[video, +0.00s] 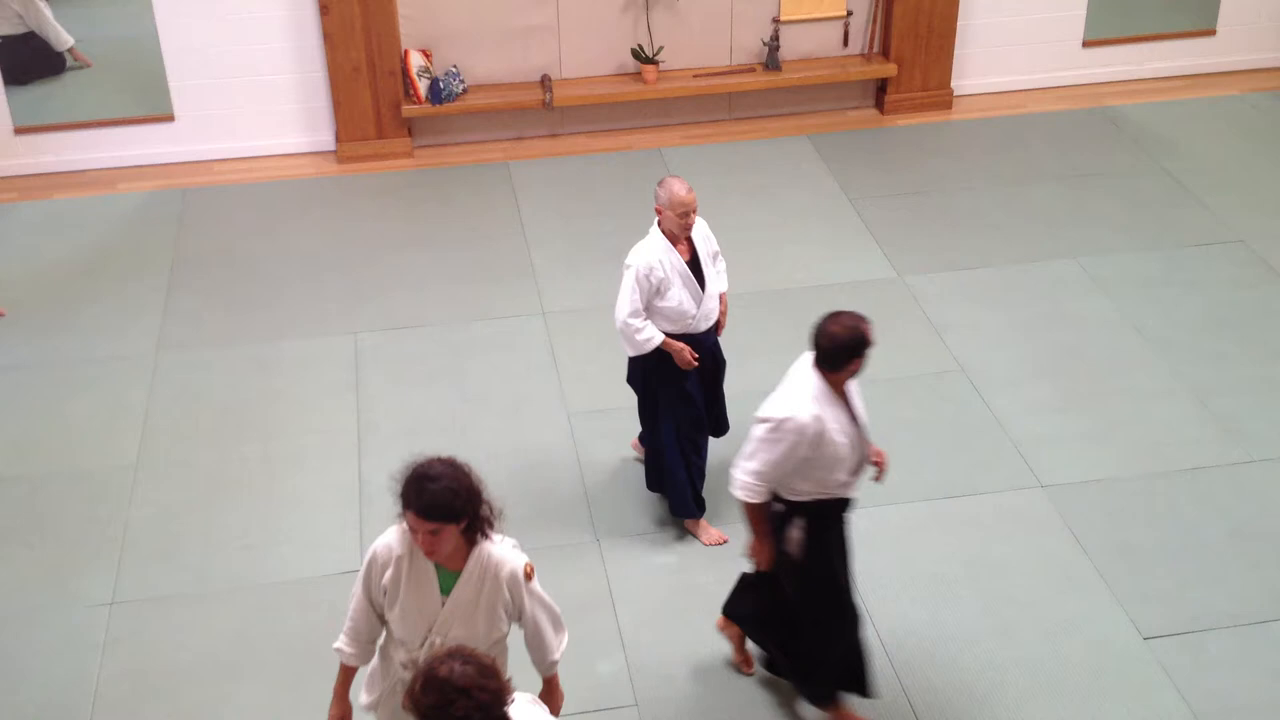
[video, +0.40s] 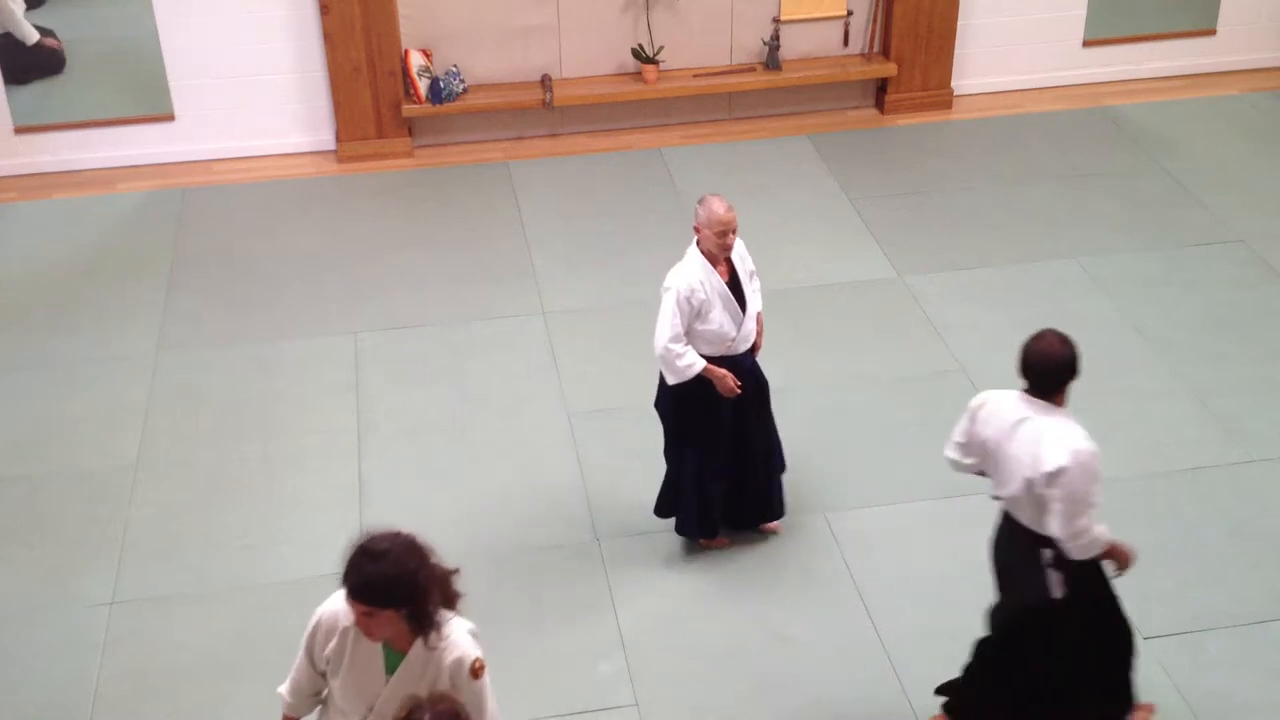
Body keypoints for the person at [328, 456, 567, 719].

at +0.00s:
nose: (423, 543)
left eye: (435, 533)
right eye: (413, 530)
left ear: (464, 520)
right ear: (406, 516)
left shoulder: (507, 567)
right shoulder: (389, 553)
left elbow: (542, 628)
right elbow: (362, 625)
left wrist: (552, 686)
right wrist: (340, 696)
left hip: (471, 701)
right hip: (394, 701)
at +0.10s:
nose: (416, 560)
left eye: (428, 550)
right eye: (408, 547)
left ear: (459, 540)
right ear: (402, 531)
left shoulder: (503, 585)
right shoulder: (385, 566)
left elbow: (536, 656)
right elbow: (358, 641)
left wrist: (551, 713)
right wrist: (336, 708)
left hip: (468, 706)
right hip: (387, 705)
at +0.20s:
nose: (404, 582)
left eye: (415, 574)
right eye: (397, 568)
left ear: (448, 564)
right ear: (392, 555)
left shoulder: (494, 613)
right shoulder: (373, 585)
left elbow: (531, 702)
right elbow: (341, 664)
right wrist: (326, 714)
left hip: (449, 712)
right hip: (371, 710)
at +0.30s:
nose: (383, 602)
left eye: (394, 593)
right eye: (379, 588)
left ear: (428, 587)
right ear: (375, 573)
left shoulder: (479, 635)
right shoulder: (358, 599)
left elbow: (510, 714)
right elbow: (323, 677)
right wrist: (308, 716)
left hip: (428, 715)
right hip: (353, 711)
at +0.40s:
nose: (357, 623)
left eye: (369, 615)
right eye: (353, 610)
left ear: (406, 607)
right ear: (348, 597)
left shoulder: (458, 656)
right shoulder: (333, 619)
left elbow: (480, 717)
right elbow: (295, 703)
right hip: (338, 713)